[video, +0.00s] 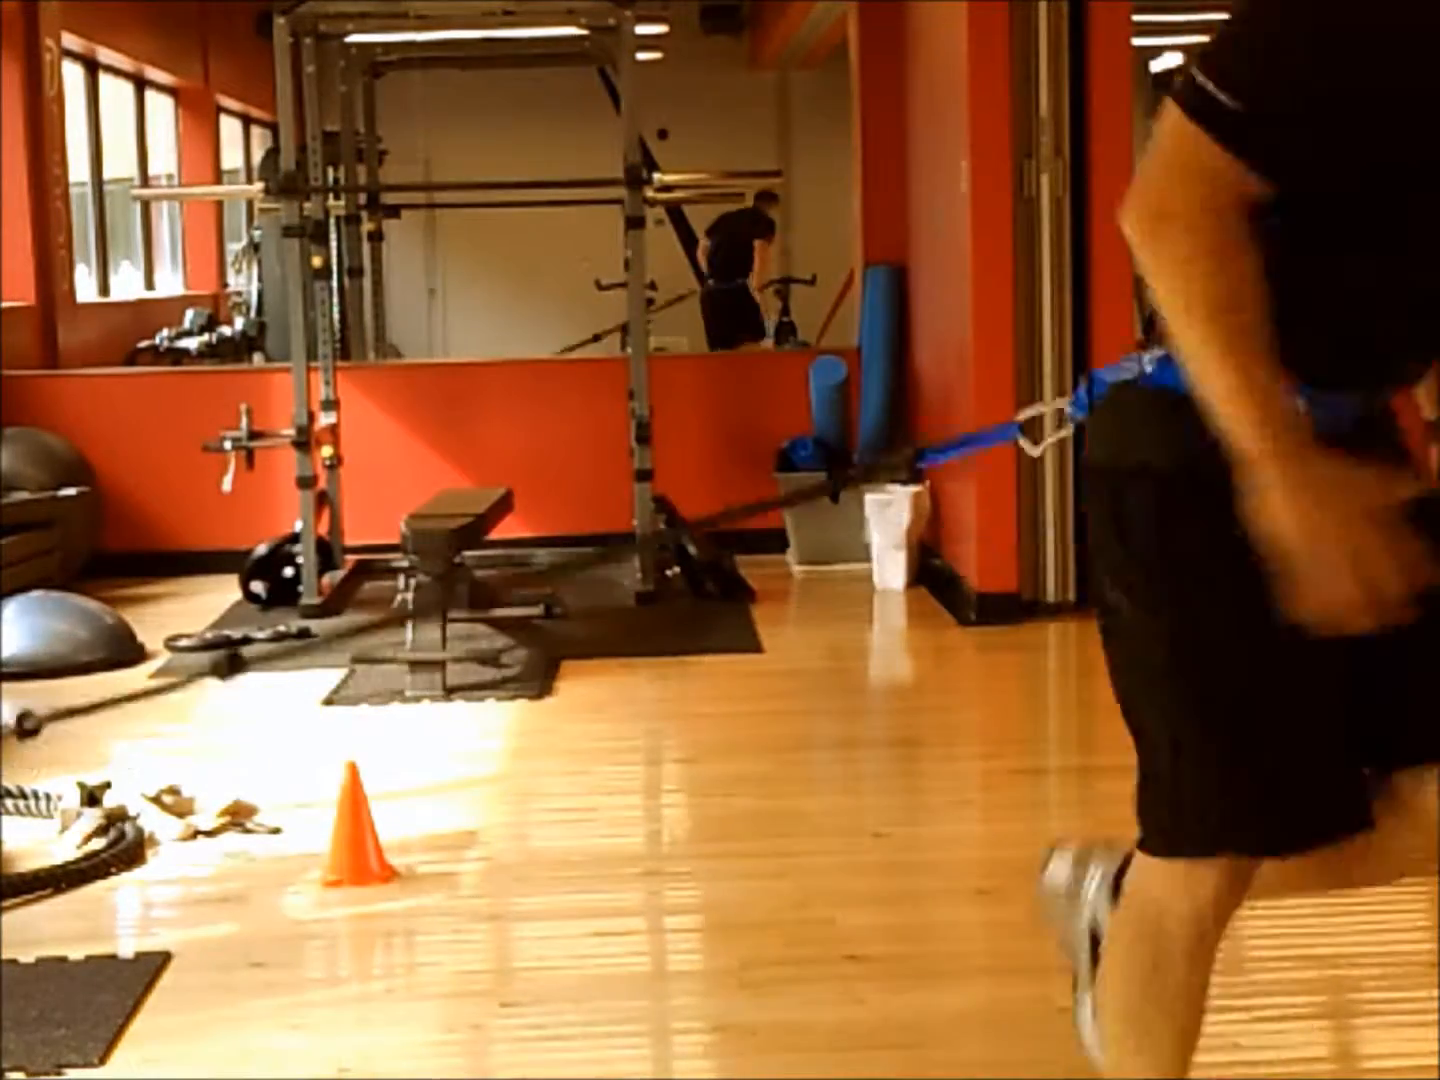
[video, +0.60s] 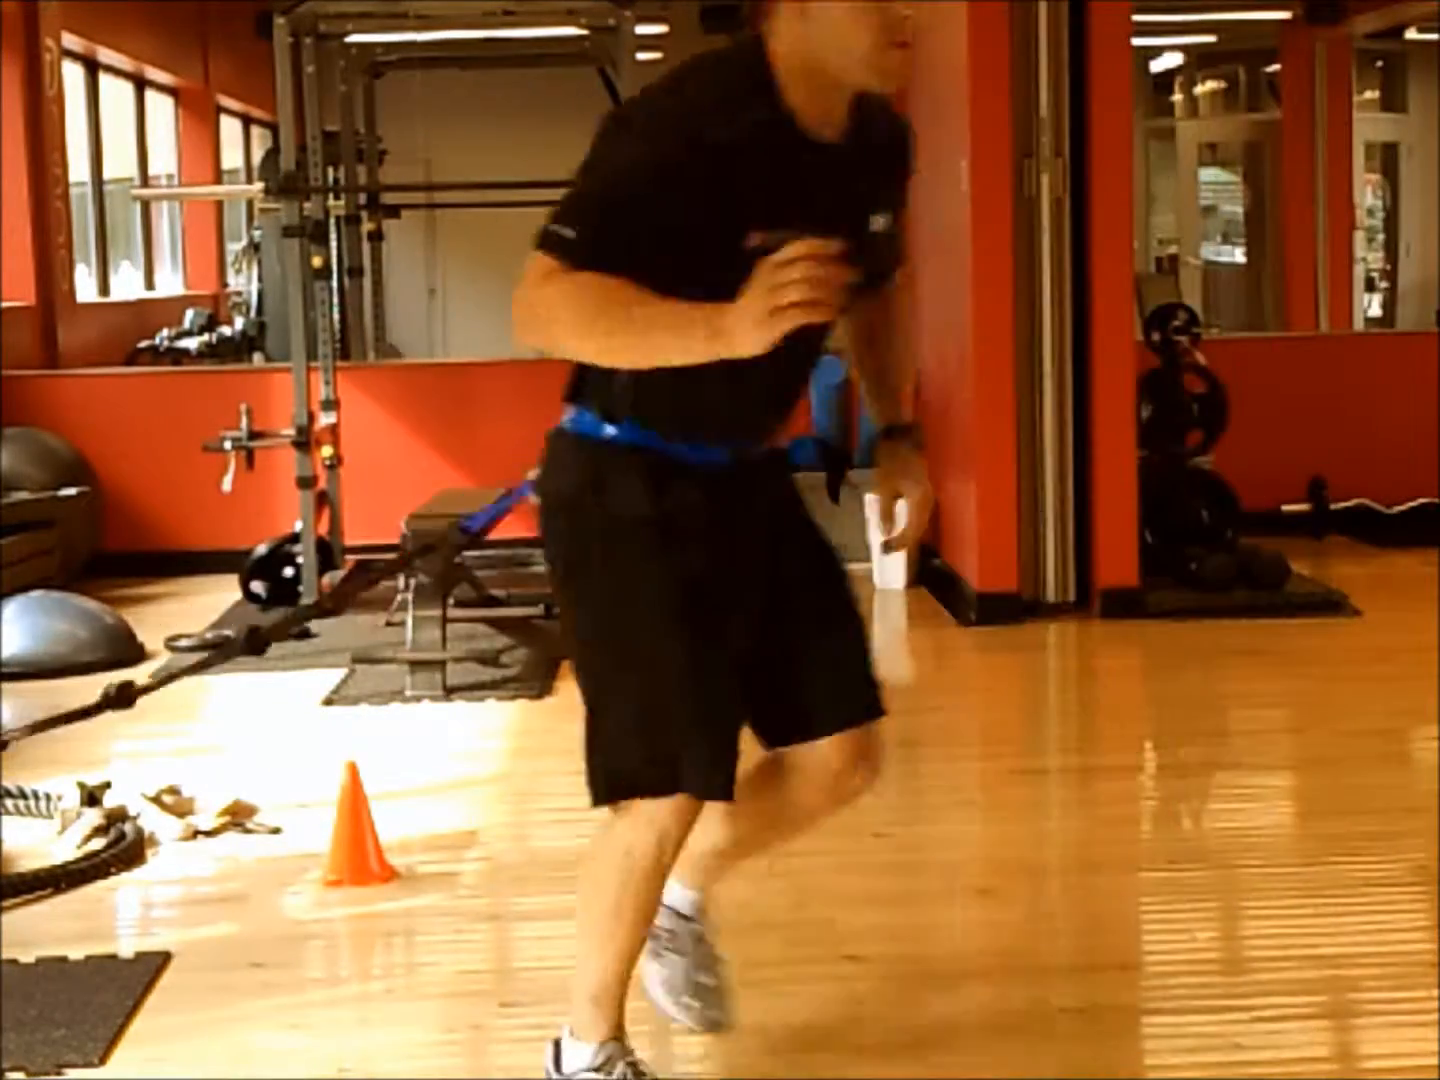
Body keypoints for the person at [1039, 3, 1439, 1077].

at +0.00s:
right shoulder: (1327, 25)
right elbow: (1170, 205)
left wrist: (1411, 433)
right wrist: (1283, 463)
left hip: (1343, 429)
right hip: (1185, 431)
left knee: (1420, 813)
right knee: (1204, 837)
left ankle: (1132, 898)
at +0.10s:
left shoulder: (1410, 97)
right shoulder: (1247, 29)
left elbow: (1411, 277)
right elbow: (1029, 140)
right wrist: (939, 393)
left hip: (1284, 449)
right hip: (1155, 445)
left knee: (1280, 835)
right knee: (1208, 845)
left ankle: (1092, 1072)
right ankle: (994, 1066)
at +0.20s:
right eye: (1438, 4)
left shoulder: (1391, 138)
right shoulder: (1179, 67)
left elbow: (1378, 354)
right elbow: (906, 172)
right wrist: (748, 381)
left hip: (1209, 532)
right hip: (1074, 530)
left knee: (1218, 892)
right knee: (1110, 933)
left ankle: (1058, 1076)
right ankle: (797, 995)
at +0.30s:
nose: (1361, 29)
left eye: (1372, 15)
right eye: (1350, 6)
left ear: (1304, 1)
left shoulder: (1273, 109)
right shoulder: (1067, 52)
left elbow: (1218, 310)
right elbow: (846, 205)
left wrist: (1330, 415)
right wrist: (729, 429)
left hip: (1129, 505)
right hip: (981, 502)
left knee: (1154, 842)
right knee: (962, 870)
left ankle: (1048, 1069)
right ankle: (685, 957)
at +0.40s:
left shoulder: (1144, 60)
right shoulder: (934, 24)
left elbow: (1097, 227)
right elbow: (758, 191)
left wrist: (1132, 379)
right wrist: (822, 424)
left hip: (1003, 432)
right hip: (858, 425)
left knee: (1026, 767)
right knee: (805, 769)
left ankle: (1001, 1068)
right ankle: (647, 988)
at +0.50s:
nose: (1047, 7)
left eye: (1049, 6)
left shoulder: (1012, 74)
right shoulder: (808, 44)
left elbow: (977, 243)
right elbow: (663, 244)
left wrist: (991, 387)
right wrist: (865, 335)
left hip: (874, 455)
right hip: (730, 456)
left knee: (954, 754)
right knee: (710, 766)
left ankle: (838, 1001)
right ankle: (599, 1031)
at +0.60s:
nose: (907, 21)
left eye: (908, 3)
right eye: (878, 2)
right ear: (790, 10)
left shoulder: (876, 137)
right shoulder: (678, 116)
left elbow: (872, 287)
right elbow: (542, 304)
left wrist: (895, 427)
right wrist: (725, 327)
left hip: (748, 474)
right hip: (620, 474)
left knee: (839, 751)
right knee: (670, 775)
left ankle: (674, 882)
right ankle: (586, 1047)